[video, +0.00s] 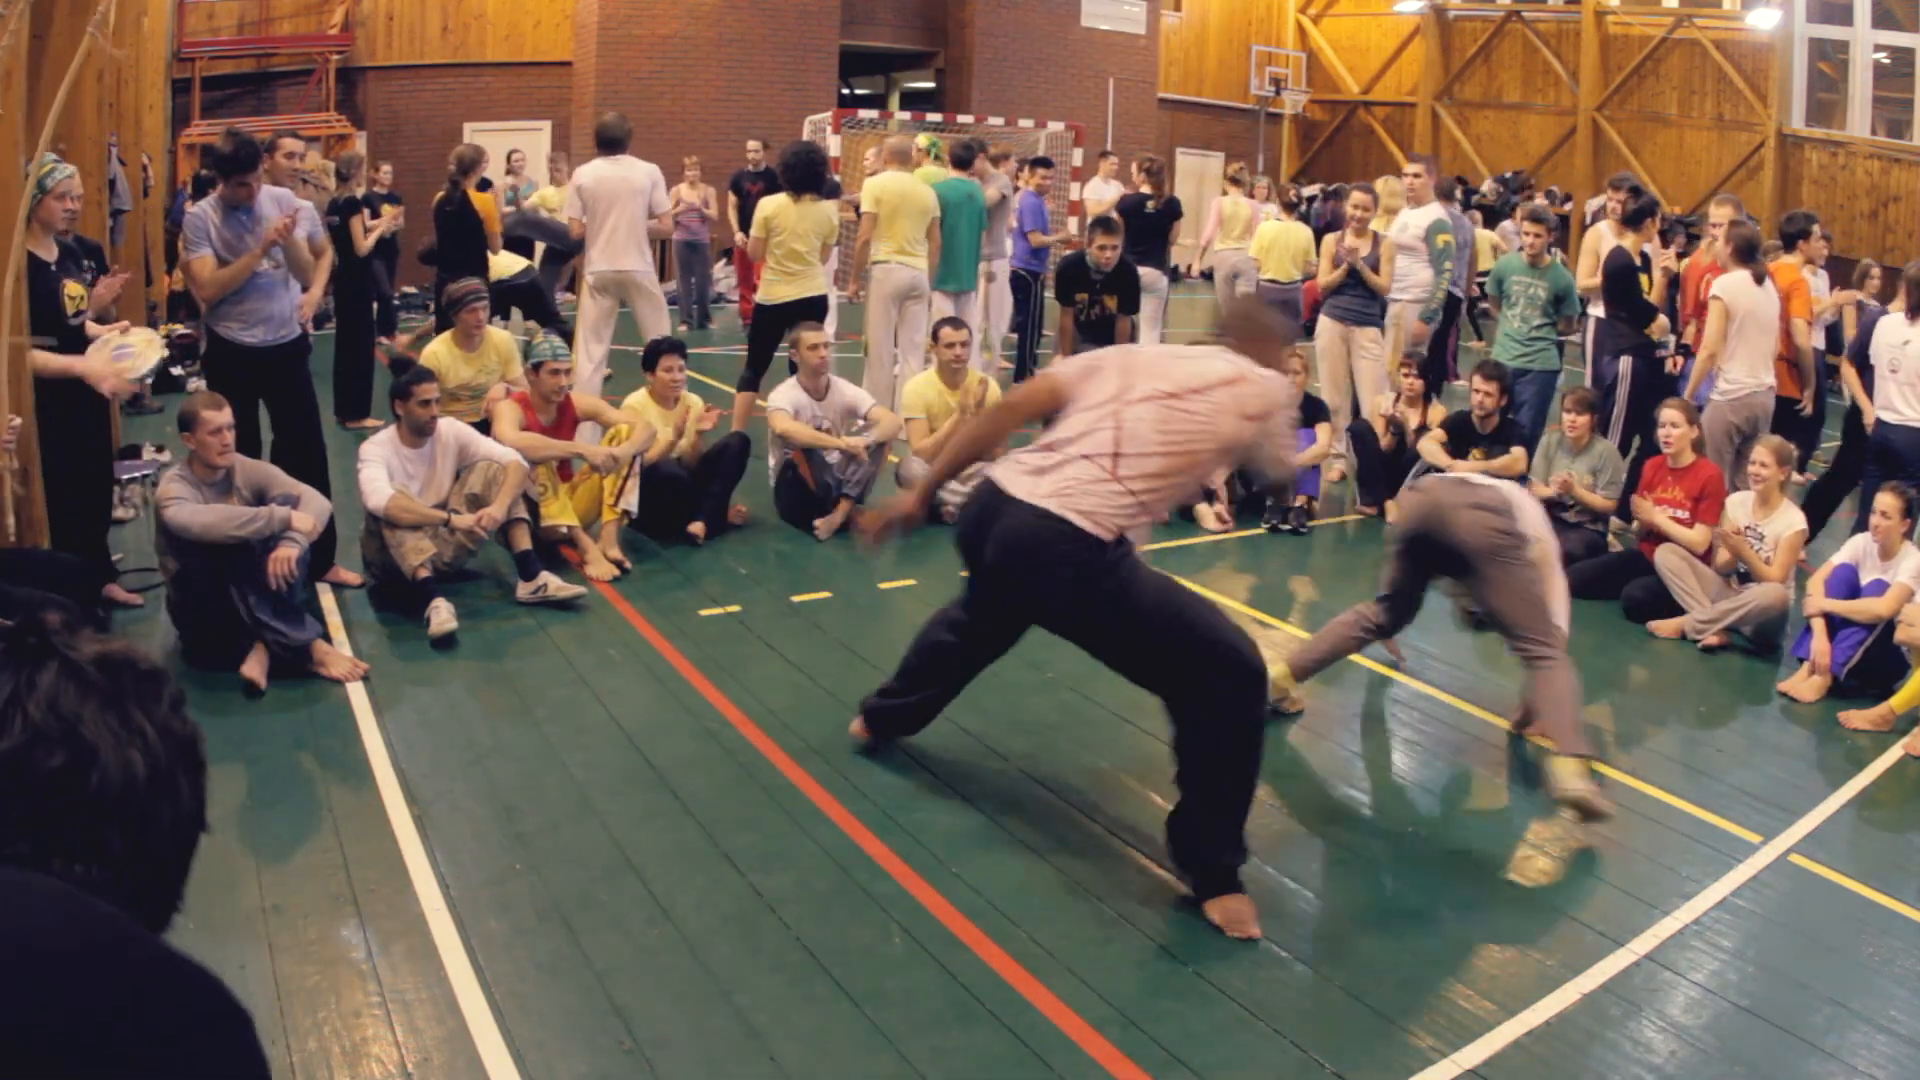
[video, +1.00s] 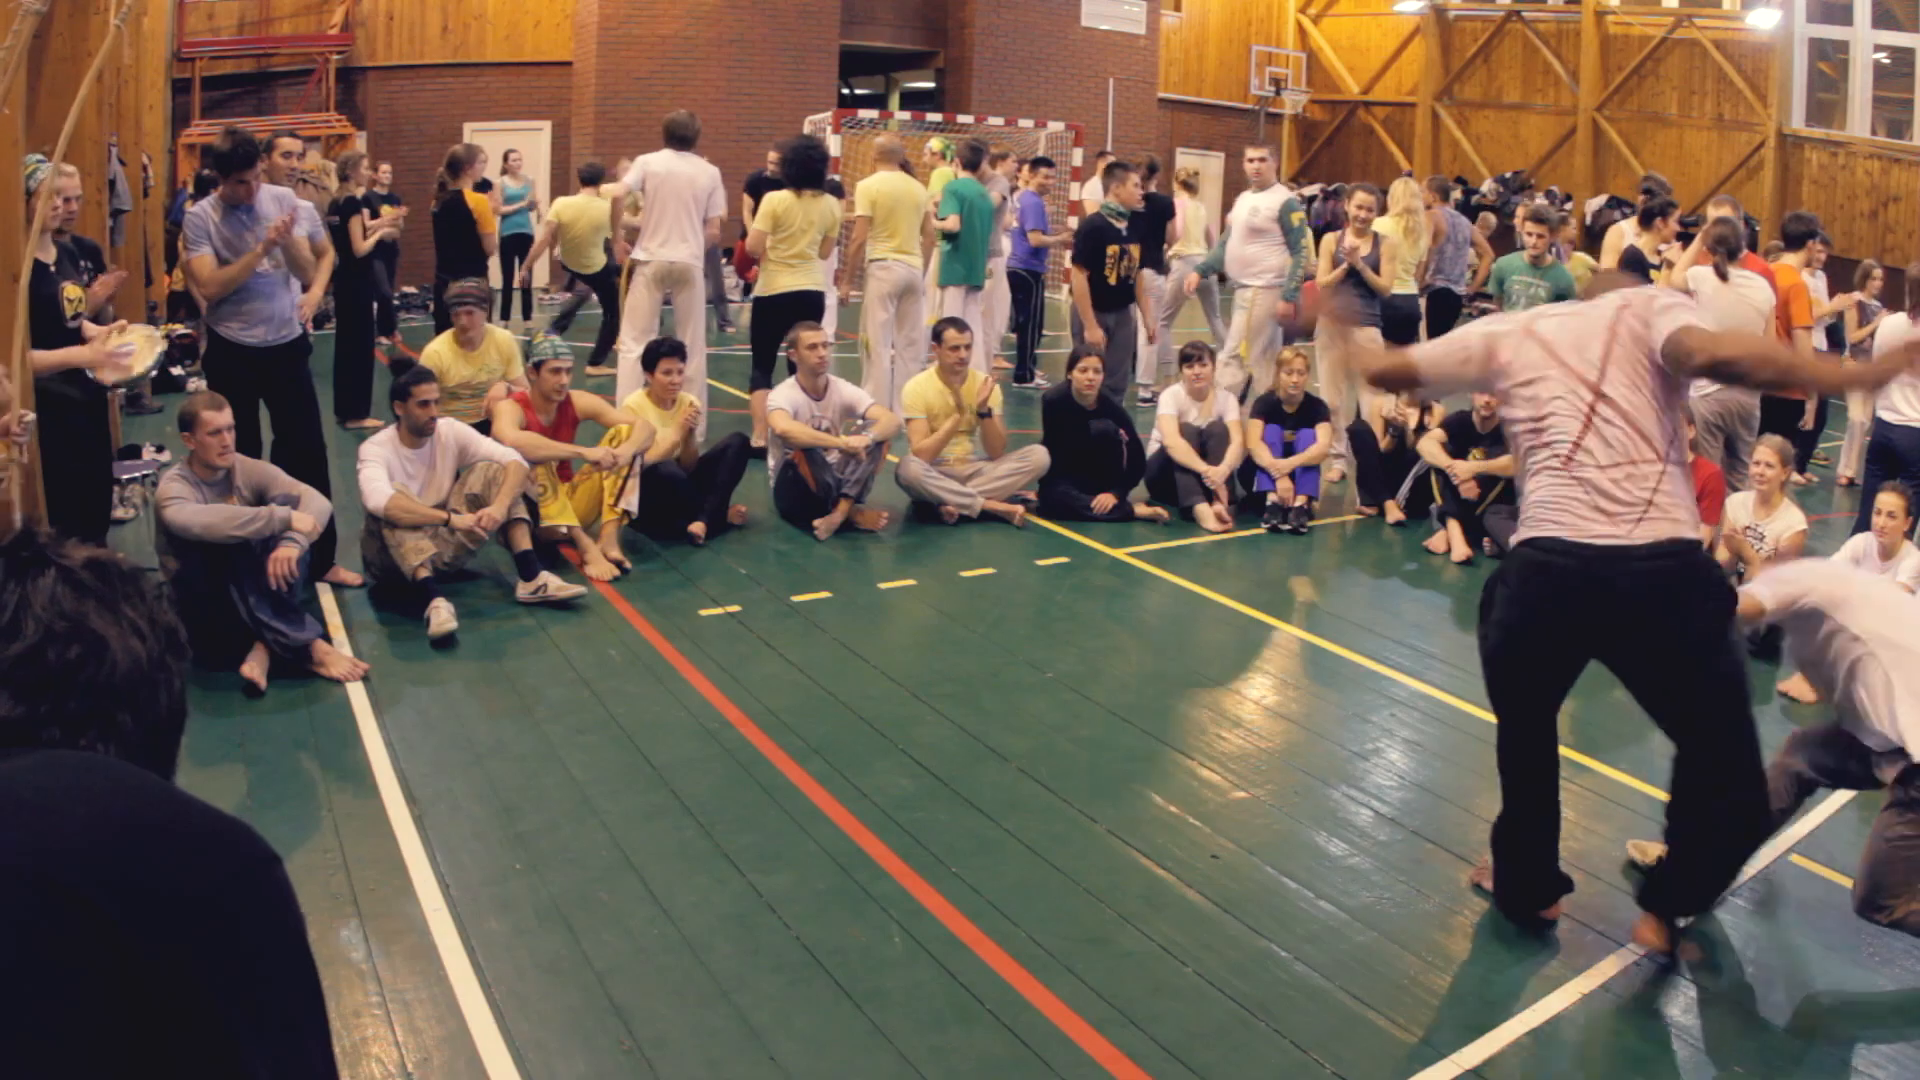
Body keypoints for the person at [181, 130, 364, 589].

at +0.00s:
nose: (247, 192)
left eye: (253, 182)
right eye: (237, 185)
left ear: (262, 172)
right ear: (217, 179)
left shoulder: (284, 203)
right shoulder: (200, 217)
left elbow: (306, 275)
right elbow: (206, 291)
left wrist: (287, 242)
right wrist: (260, 250)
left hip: (286, 347)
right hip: (229, 350)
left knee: (305, 452)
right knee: (239, 455)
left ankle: (320, 562)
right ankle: (247, 564)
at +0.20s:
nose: (251, 192)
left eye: (256, 182)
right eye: (241, 185)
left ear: (263, 173)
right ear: (219, 180)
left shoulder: (286, 204)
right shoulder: (200, 218)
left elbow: (324, 258)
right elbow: (206, 293)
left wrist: (314, 292)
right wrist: (252, 246)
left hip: (287, 346)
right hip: (229, 349)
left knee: (306, 452)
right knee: (238, 455)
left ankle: (320, 562)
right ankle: (245, 564)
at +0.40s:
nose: (249, 191)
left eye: (254, 180)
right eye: (239, 184)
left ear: (262, 171)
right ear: (218, 180)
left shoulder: (287, 204)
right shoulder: (200, 218)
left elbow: (309, 276)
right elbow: (206, 293)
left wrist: (293, 247)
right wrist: (256, 248)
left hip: (286, 347)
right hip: (229, 349)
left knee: (305, 452)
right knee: (238, 455)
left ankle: (320, 562)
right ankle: (246, 564)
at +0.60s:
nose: (248, 190)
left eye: (253, 180)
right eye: (238, 184)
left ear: (262, 170)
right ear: (217, 179)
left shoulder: (284, 203)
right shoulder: (200, 217)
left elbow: (305, 274)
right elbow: (208, 292)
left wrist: (287, 241)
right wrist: (261, 253)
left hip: (286, 347)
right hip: (229, 350)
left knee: (305, 452)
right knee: (239, 454)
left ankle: (320, 562)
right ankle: (246, 565)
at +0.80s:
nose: (249, 190)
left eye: (254, 180)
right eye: (239, 183)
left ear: (262, 170)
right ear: (217, 179)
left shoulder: (286, 204)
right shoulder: (200, 218)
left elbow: (312, 277)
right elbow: (205, 292)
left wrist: (302, 254)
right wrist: (248, 245)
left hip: (287, 346)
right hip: (230, 350)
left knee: (306, 452)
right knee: (239, 455)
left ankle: (320, 562)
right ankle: (246, 564)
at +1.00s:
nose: (249, 190)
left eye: (254, 180)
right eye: (239, 183)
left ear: (262, 170)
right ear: (218, 179)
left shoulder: (284, 202)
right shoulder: (200, 216)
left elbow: (308, 272)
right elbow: (208, 289)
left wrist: (286, 241)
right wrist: (260, 250)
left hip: (286, 346)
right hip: (230, 349)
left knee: (306, 452)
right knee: (239, 454)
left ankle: (321, 562)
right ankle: (247, 563)